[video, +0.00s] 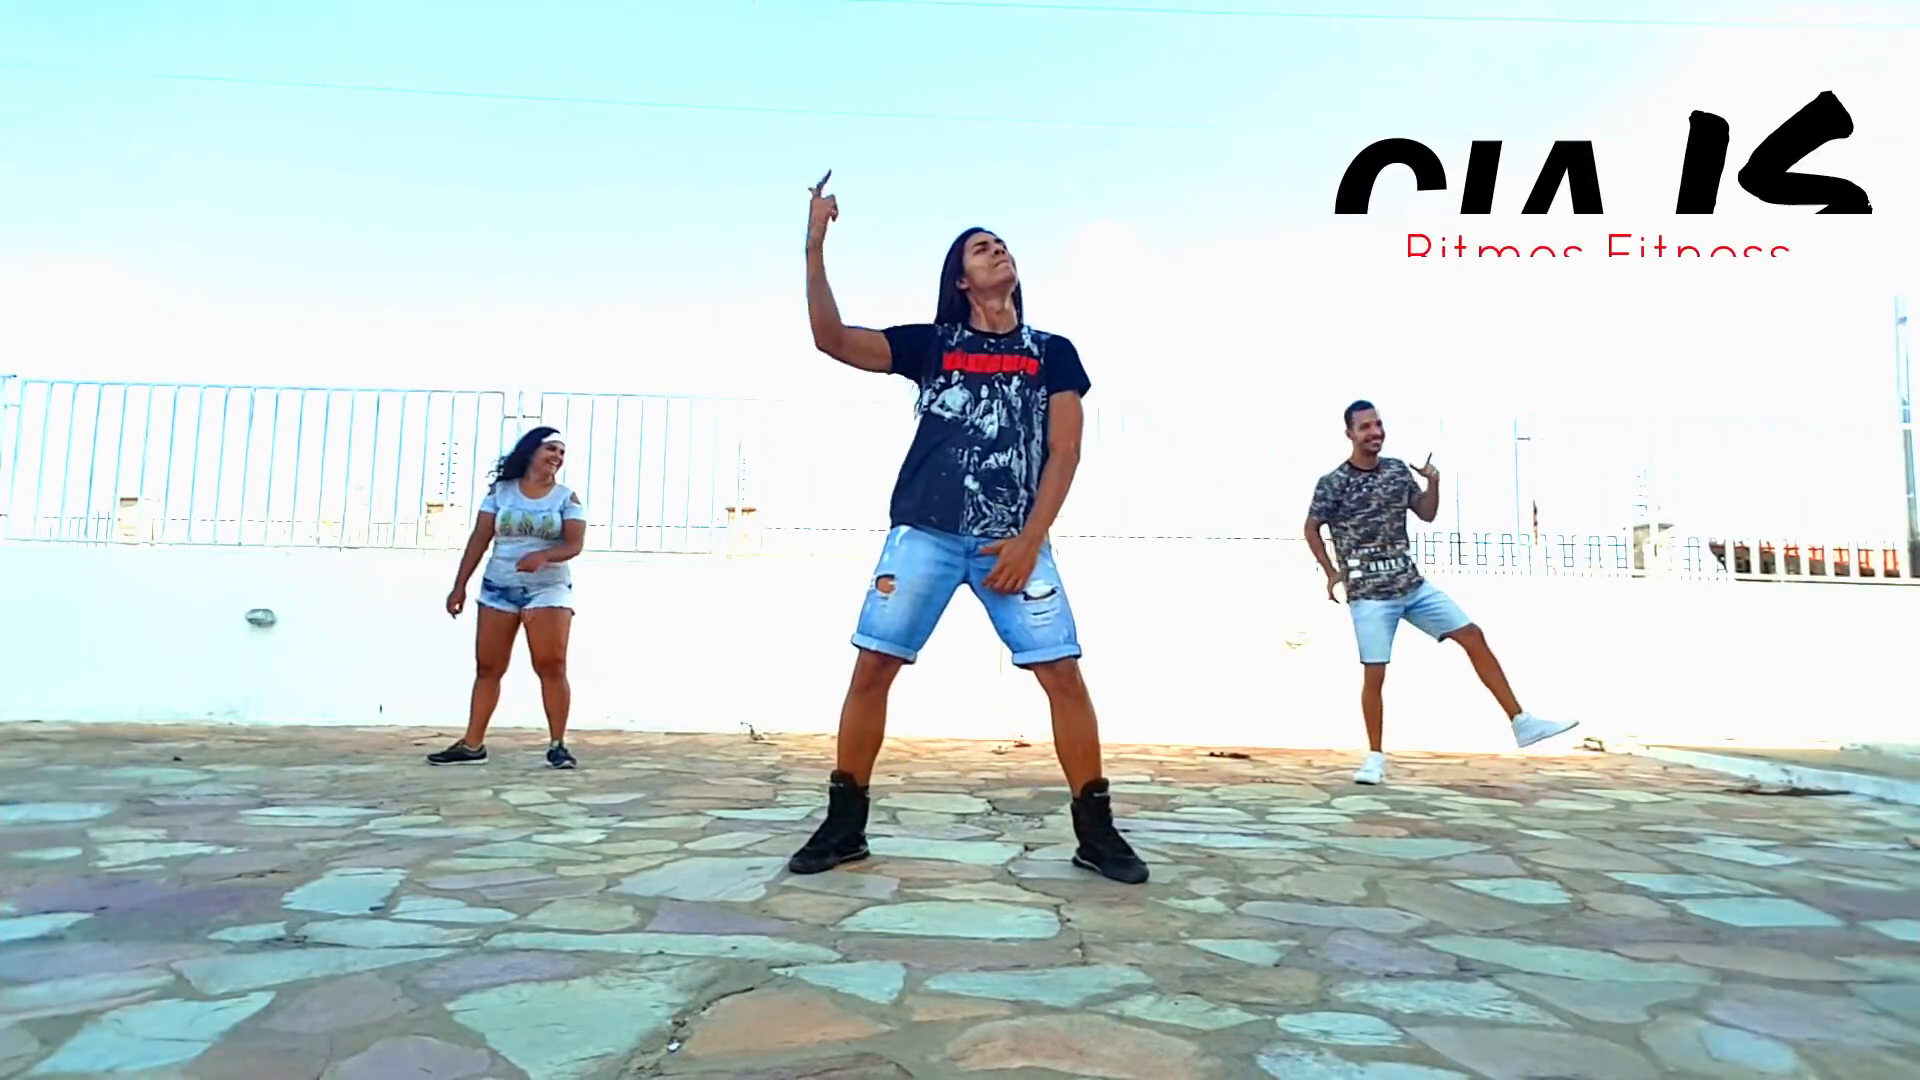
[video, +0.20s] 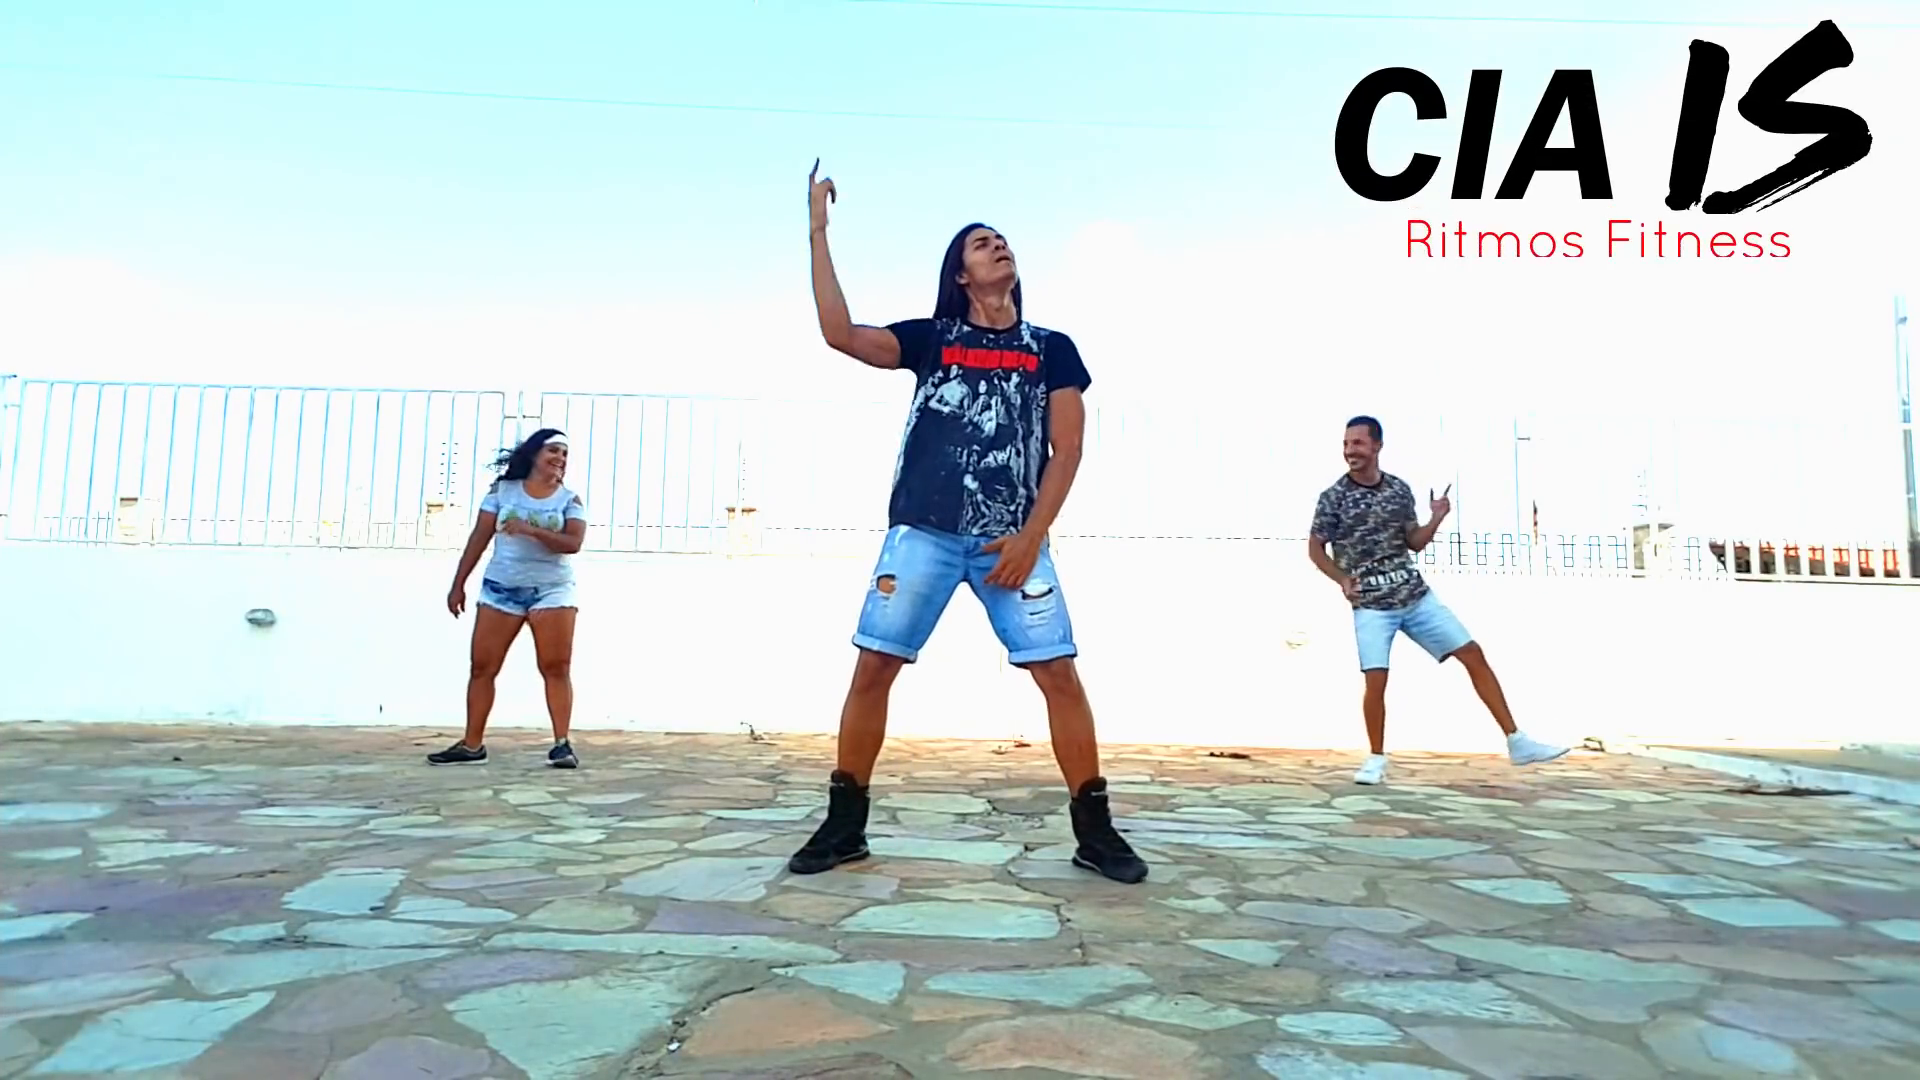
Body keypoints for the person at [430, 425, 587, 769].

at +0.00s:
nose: (556, 456)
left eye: (561, 452)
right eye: (550, 448)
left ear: (563, 460)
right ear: (530, 451)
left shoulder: (567, 498)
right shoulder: (501, 491)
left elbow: (574, 545)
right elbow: (480, 538)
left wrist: (545, 556)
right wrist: (460, 584)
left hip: (547, 591)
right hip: (499, 589)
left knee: (551, 666)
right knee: (488, 668)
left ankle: (557, 744)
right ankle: (472, 743)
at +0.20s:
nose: (560, 458)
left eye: (564, 453)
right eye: (553, 451)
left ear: (566, 460)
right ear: (532, 454)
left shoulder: (569, 500)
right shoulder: (502, 491)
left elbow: (573, 544)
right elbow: (479, 538)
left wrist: (530, 531)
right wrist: (459, 583)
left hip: (553, 591)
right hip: (501, 589)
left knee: (556, 668)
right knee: (482, 667)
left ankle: (562, 743)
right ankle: (472, 743)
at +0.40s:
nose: (555, 455)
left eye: (560, 451)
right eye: (547, 449)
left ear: (566, 461)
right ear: (530, 454)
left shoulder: (572, 500)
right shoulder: (504, 493)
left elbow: (580, 542)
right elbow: (485, 539)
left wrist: (558, 561)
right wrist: (469, 580)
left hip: (551, 591)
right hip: (501, 588)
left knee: (555, 667)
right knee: (486, 667)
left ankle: (560, 743)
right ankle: (472, 743)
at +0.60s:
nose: (548, 455)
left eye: (555, 451)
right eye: (541, 449)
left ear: (562, 459)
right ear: (528, 455)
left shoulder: (570, 499)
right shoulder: (507, 494)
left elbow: (583, 548)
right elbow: (489, 536)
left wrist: (593, 592)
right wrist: (491, 558)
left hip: (550, 587)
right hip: (503, 586)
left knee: (552, 667)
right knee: (486, 667)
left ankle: (557, 744)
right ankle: (472, 743)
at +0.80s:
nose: (545, 461)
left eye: (553, 456)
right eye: (538, 454)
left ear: (564, 462)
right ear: (527, 459)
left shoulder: (576, 500)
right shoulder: (511, 495)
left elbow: (588, 548)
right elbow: (494, 536)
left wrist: (589, 589)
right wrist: (483, 568)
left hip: (554, 586)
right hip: (508, 584)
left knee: (552, 666)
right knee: (490, 665)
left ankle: (558, 744)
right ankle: (472, 743)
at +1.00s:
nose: (549, 473)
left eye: (557, 468)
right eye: (543, 466)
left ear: (570, 470)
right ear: (533, 467)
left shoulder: (582, 504)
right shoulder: (515, 498)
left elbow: (586, 549)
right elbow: (495, 544)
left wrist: (562, 560)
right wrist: (475, 587)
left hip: (559, 593)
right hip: (511, 590)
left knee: (558, 668)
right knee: (493, 668)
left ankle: (558, 745)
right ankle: (472, 743)